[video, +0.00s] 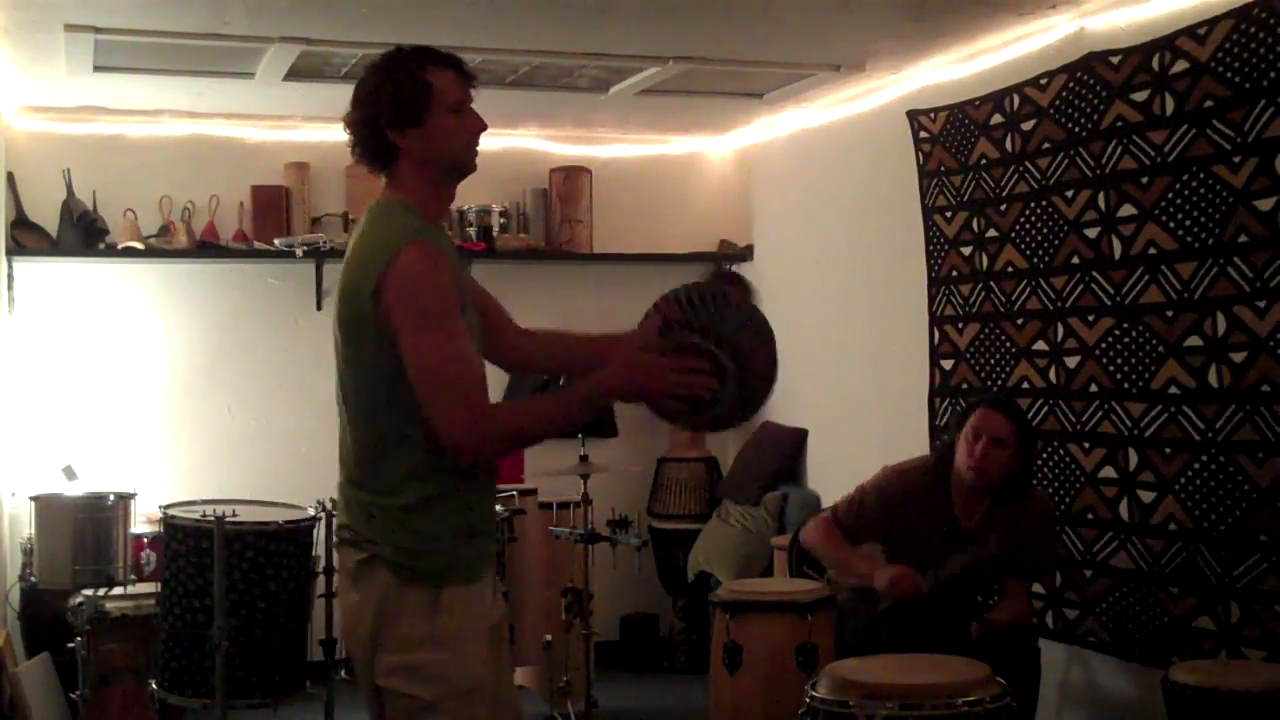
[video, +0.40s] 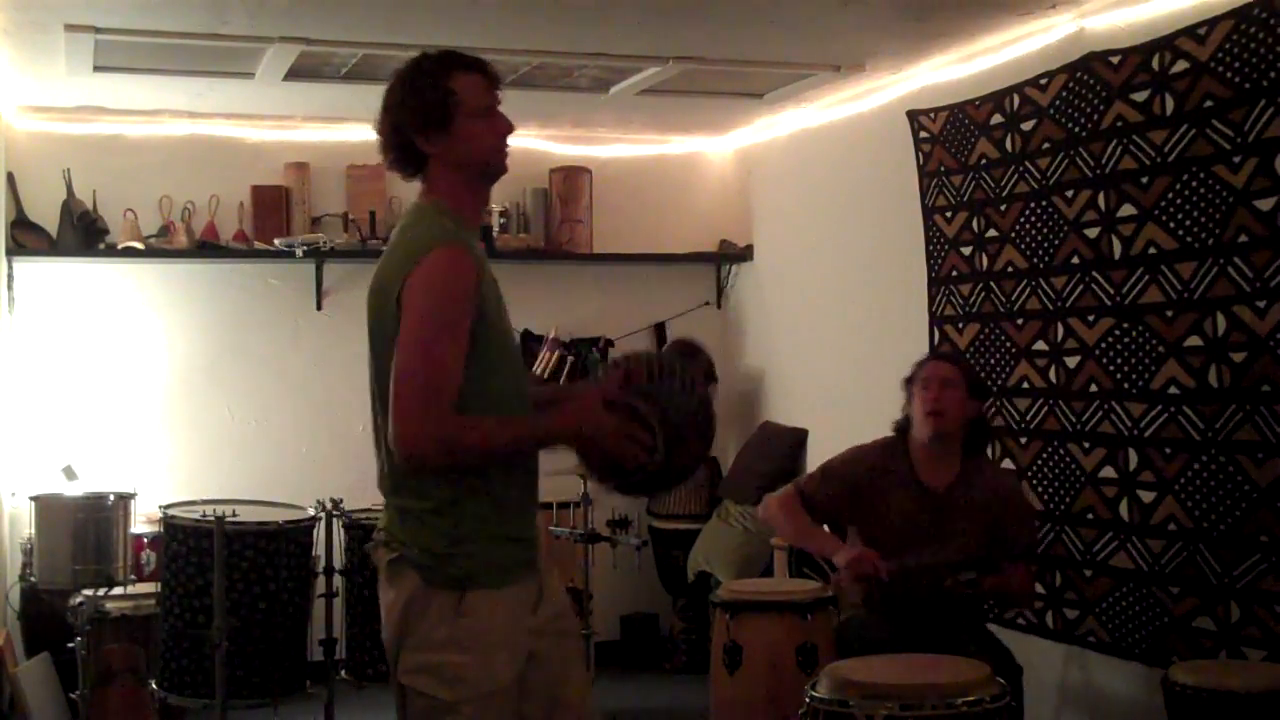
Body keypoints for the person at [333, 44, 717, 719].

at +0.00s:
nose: (481, 122)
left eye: (473, 106)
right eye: (462, 108)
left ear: (409, 133)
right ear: (404, 130)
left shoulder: (418, 238)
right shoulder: (409, 251)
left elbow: (514, 346)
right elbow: (469, 431)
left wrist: (637, 344)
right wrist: (610, 385)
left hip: (433, 566)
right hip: (418, 578)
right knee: (449, 709)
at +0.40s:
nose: (508, 123)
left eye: (501, 109)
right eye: (487, 111)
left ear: (445, 138)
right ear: (431, 136)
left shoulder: (453, 245)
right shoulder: (440, 254)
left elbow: (477, 396)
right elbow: (421, 435)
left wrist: (578, 396)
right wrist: (562, 423)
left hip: (502, 568)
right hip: (455, 580)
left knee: (562, 704)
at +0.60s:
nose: (545, 136)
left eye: (539, 122)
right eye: (525, 124)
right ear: (472, 144)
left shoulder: (487, 255)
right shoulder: (471, 263)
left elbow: (499, 403)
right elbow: (434, 438)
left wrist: (594, 414)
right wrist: (577, 492)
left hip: (527, 570)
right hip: (472, 581)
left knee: (575, 713)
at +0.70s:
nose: (575, 131)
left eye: (568, 118)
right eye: (557, 119)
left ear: (514, 148)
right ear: (503, 145)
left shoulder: (515, 253)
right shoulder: (488, 255)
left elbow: (521, 401)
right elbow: (457, 421)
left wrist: (625, 391)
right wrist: (609, 429)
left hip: (537, 577)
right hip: (478, 586)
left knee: (588, 712)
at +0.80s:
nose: (598, 137)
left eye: (593, 121)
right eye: (582, 120)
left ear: (530, 138)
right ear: (527, 134)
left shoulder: (533, 246)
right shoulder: (505, 244)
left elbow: (559, 390)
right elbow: (510, 413)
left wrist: (673, 365)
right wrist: (663, 408)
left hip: (561, 566)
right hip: (496, 574)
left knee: (593, 711)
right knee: (484, 709)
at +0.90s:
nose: (611, 140)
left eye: (608, 125)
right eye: (595, 123)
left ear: (550, 140)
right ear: (540, 136)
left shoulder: (548, 248)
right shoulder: (516, 242)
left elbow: (603, 371)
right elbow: (555, 403)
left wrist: (709, 348)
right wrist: (713, 393)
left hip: (583, 563)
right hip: (516, 572)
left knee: (615, 712)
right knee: (509, 710)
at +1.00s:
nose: (627, 147)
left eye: (626, 131)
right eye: (613, 128)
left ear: (571, 141)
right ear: (557, 136)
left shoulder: (577, 257)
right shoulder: (522, 246)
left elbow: (640, 383)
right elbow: (557, 402)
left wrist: (731, 366)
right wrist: (710, 379)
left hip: (619, 560)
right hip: (545, 571)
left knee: (641, 711)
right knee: (542, 709)